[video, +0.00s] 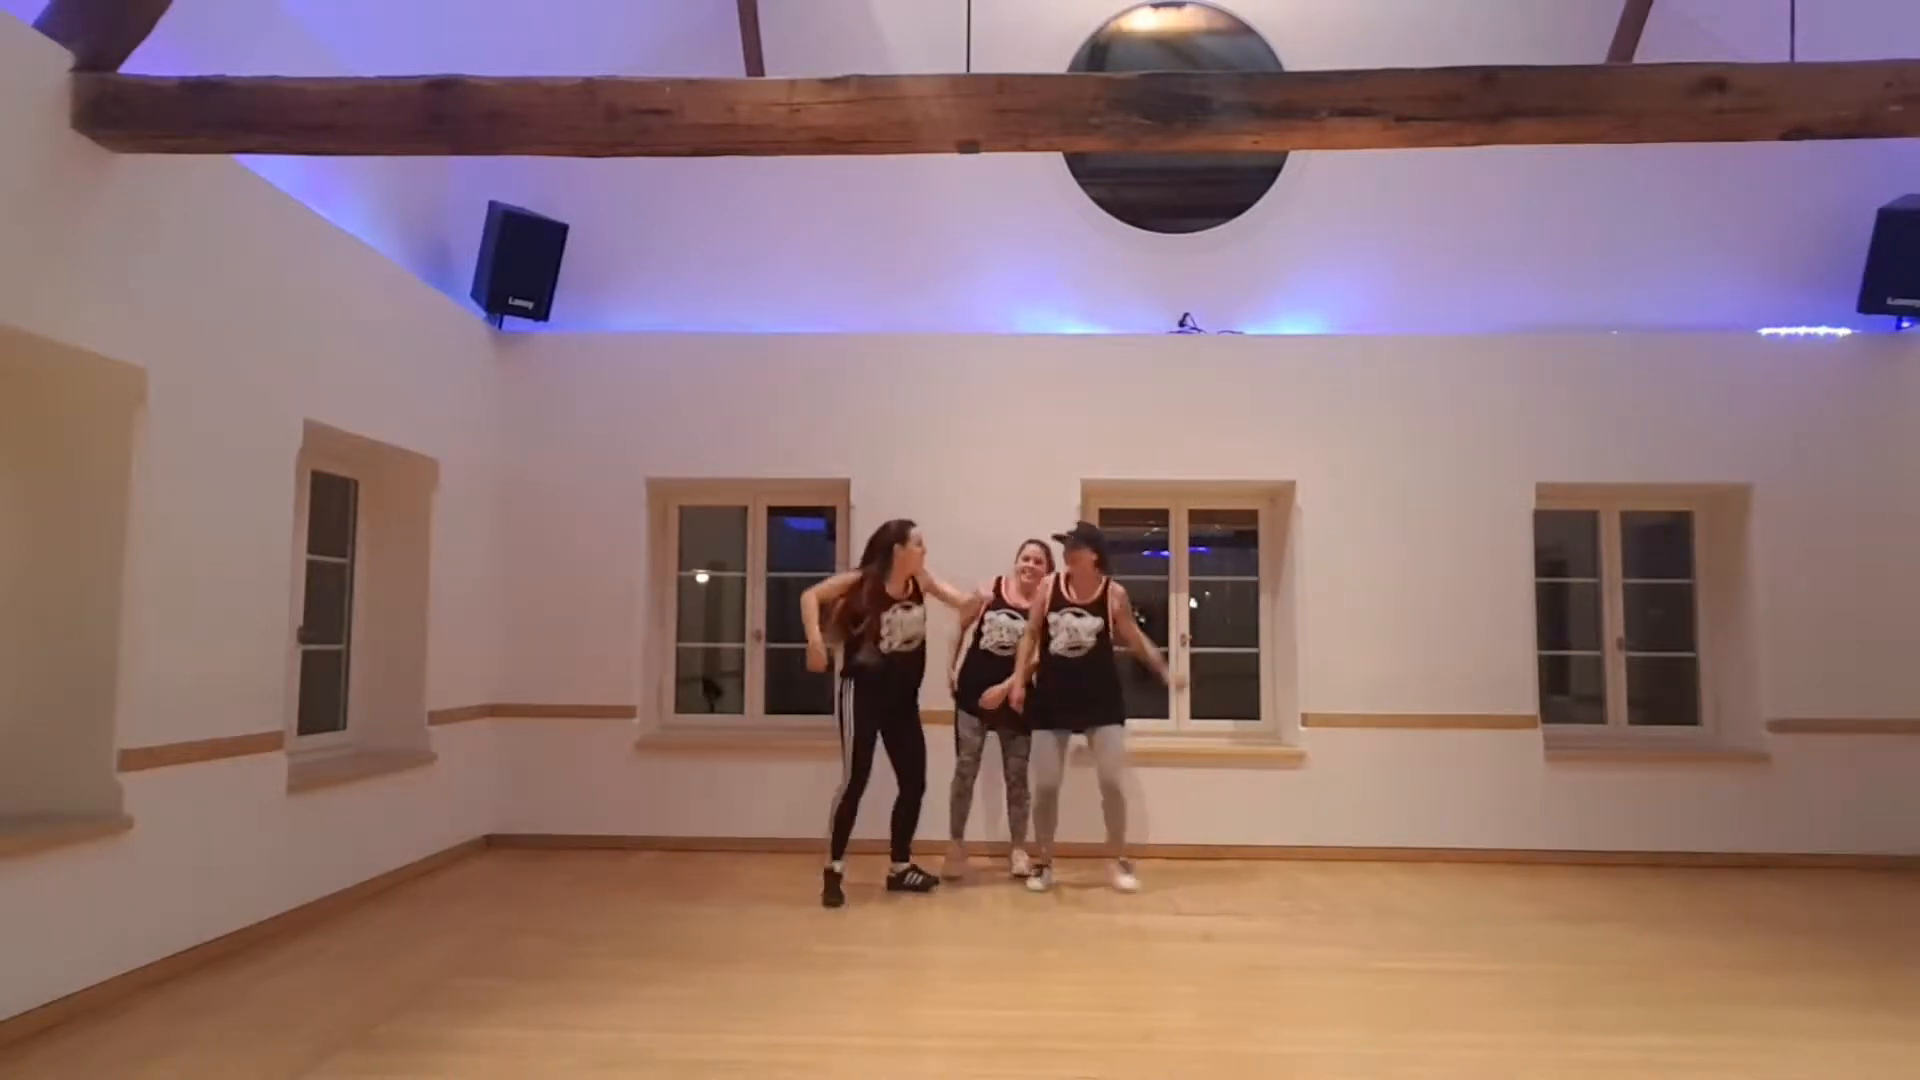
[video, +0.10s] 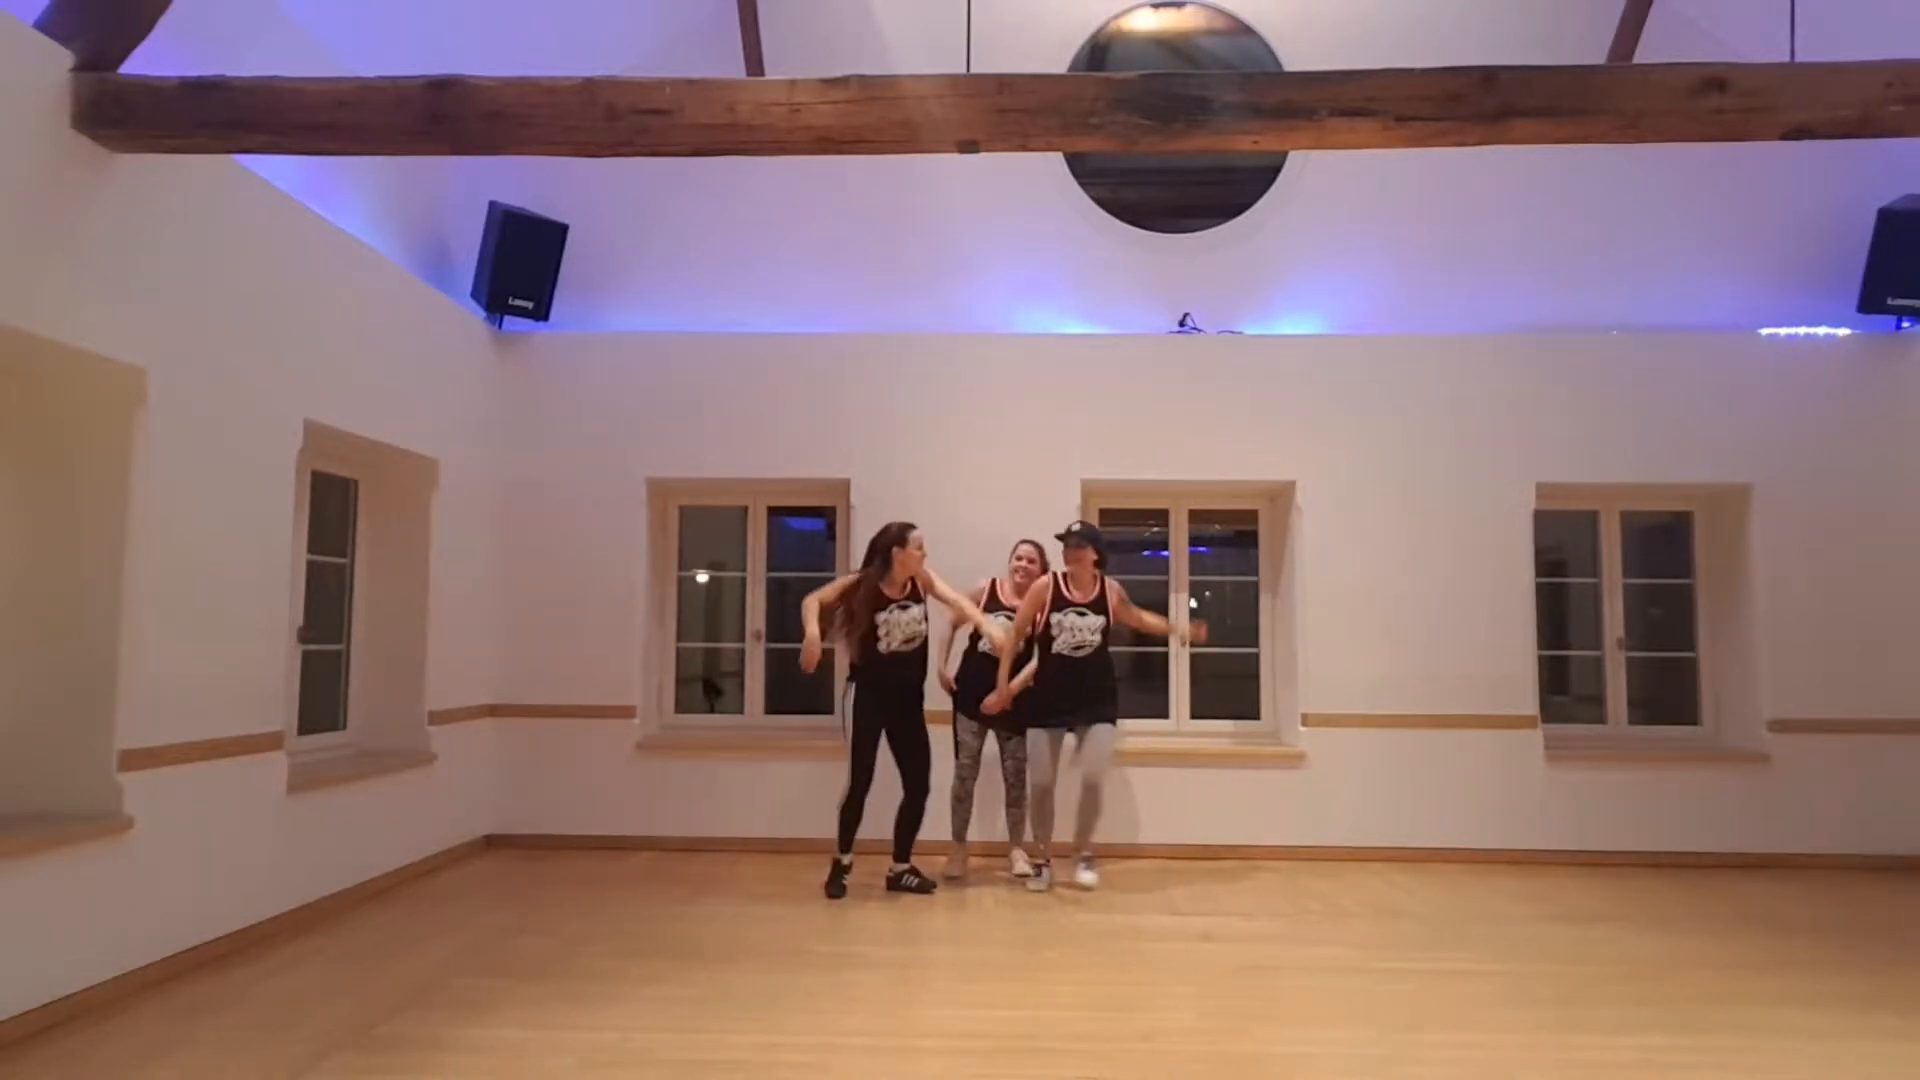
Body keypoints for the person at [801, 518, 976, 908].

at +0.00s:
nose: (924, 550)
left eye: (923, 544)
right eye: (918, 544)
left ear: (909, 551)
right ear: (896, 550)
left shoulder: (919, 584)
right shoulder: (863, 582)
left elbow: (964, 603)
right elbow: (810, 597)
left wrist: (972, 602)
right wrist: (815, 644)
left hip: (900, 697)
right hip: (859, 693)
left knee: (913, 782)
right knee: (855, 778)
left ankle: (900, 868)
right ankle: (834, 869)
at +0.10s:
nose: (924, 555)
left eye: (923, 549)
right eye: (917, 549)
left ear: (907, 554)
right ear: (895, 553)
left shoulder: (921, 581)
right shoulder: (862, 584)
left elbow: (958, 603)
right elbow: (812, 601)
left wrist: (988, 626)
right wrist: (813, 637)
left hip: (908, 699)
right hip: (869, 698)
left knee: (918, 784)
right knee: (860, 782)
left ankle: (900, 867)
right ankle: (843, 861)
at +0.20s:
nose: (924, 569)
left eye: (923, 563)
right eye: (918, 563)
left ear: (907, 568)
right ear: (895, 567)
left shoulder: (924, 597)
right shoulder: (863, 602)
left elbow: (954, 633)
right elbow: (829, 636)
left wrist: (983, 676)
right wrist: (827, 637)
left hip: (912, 711)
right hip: (870, 711)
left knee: (927, 793)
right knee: (869, 792)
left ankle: (903, 869)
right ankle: (847, 865)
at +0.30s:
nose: (926, 582)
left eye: (926, 576)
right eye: (920, 575)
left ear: (907, 581)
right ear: (897, 578)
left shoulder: (927, 626)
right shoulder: (857, 620)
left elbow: (954, 675)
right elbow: (835, 664)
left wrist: (971, 725)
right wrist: (838, 641)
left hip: (906, 723)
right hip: (863, 722)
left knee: (927, 797)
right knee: (874, 797)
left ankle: (902, 869)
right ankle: (852, 867)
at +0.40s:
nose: (932, 579)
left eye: (932, 573)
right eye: (926, 572)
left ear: (911, 577)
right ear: (903, 575)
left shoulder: (925, 622)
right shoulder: (863, 604)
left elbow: (942, 670)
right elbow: (819, 624)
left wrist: (949, 716)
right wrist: (842, 618)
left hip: (898, 717)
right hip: (857, 713)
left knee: (923, 792)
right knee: (851, 794)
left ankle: (902, 869)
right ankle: (848, 867)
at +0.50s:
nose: (920, 558)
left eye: (919, 552)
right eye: (913, 552)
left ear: (900, 559)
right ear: (890, 557)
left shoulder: (921, 604)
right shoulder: (858, 590)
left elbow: (930, 652)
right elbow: (801, 607)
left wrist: (928, 696)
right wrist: (843, 605)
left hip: (891, 702)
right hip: (848, 699)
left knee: (912, 782)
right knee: (831, 782)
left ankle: (902, 867)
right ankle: (832, 858)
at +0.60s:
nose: (895, 549)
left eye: (895, 543)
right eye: (888, 544)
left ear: (887, 551)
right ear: (865, 550)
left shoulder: (903, 590)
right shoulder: (838, 586)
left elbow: (916, 636)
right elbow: (820, 616)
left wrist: (920, 682)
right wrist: (871, 608)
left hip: (885, 698)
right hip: (842, 696)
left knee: (904, 779)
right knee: (813, 772)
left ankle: (905, 864)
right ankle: (795, 846)